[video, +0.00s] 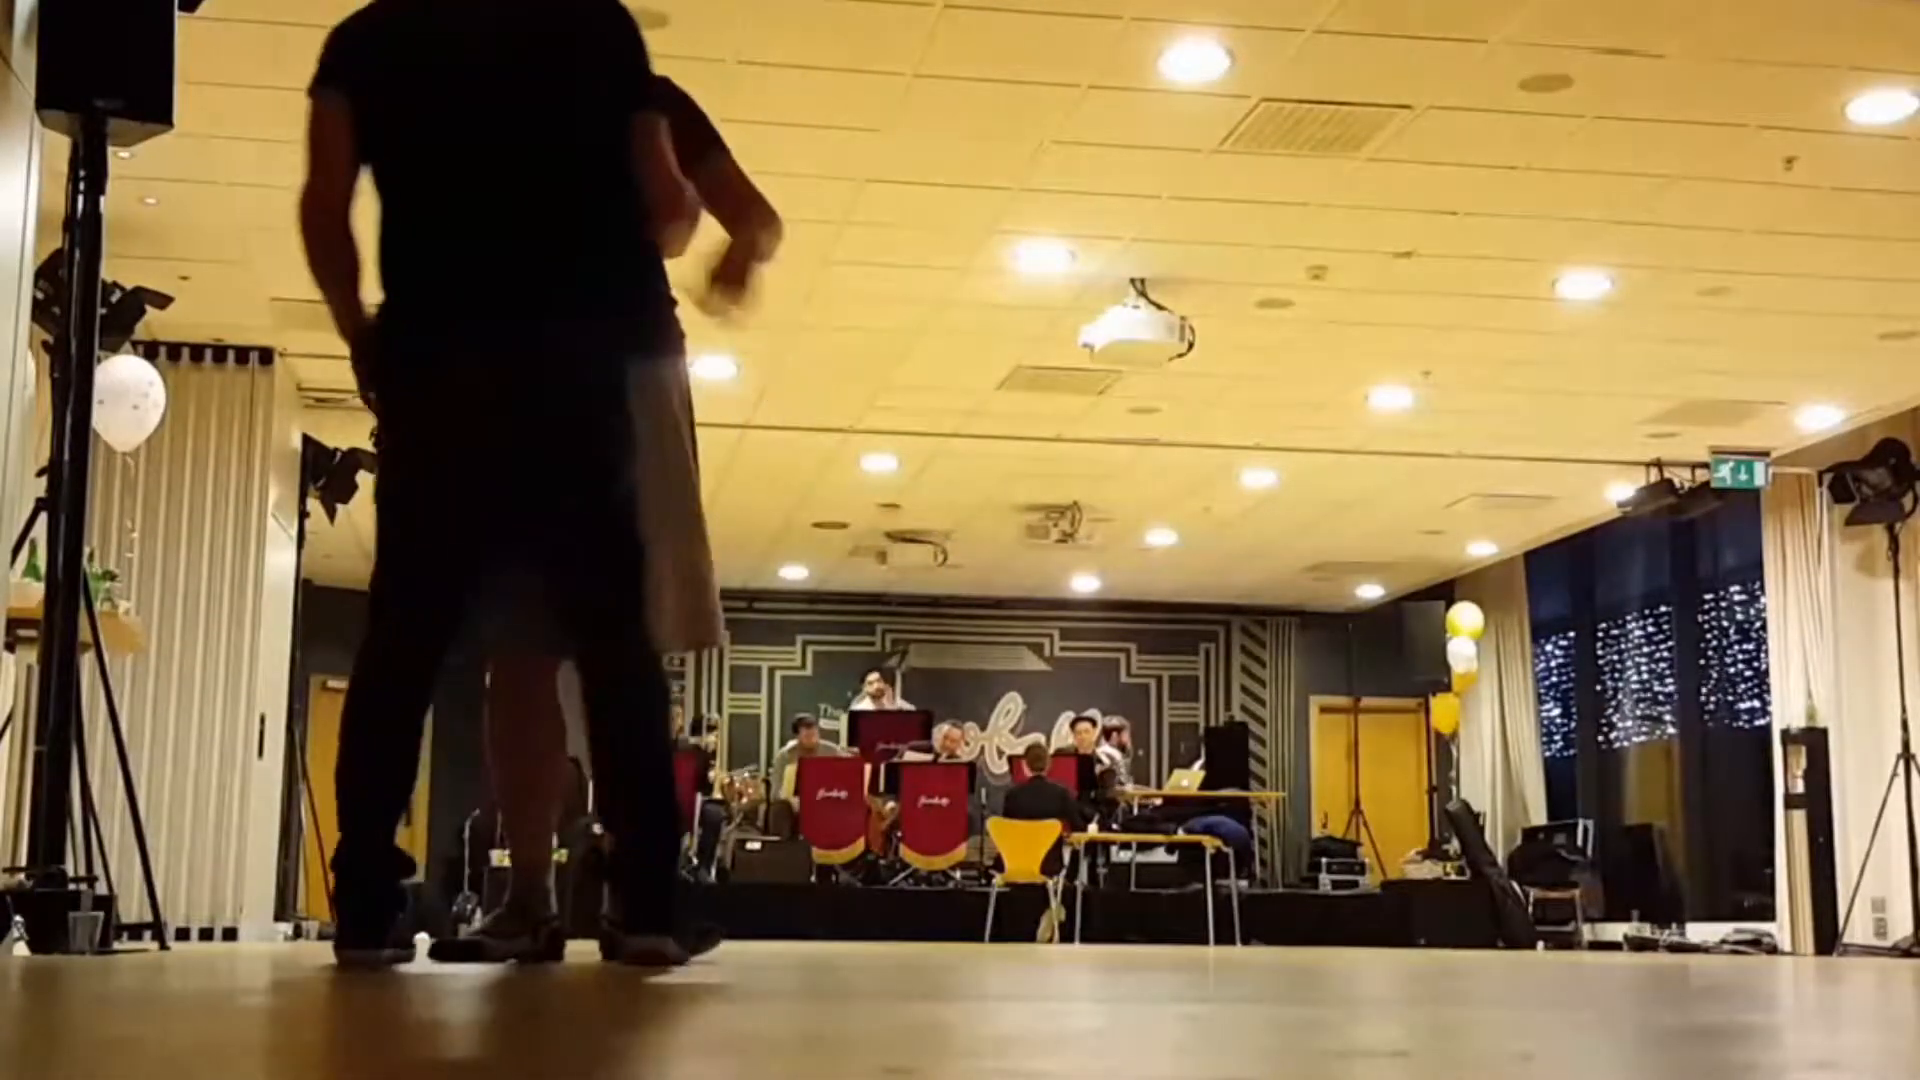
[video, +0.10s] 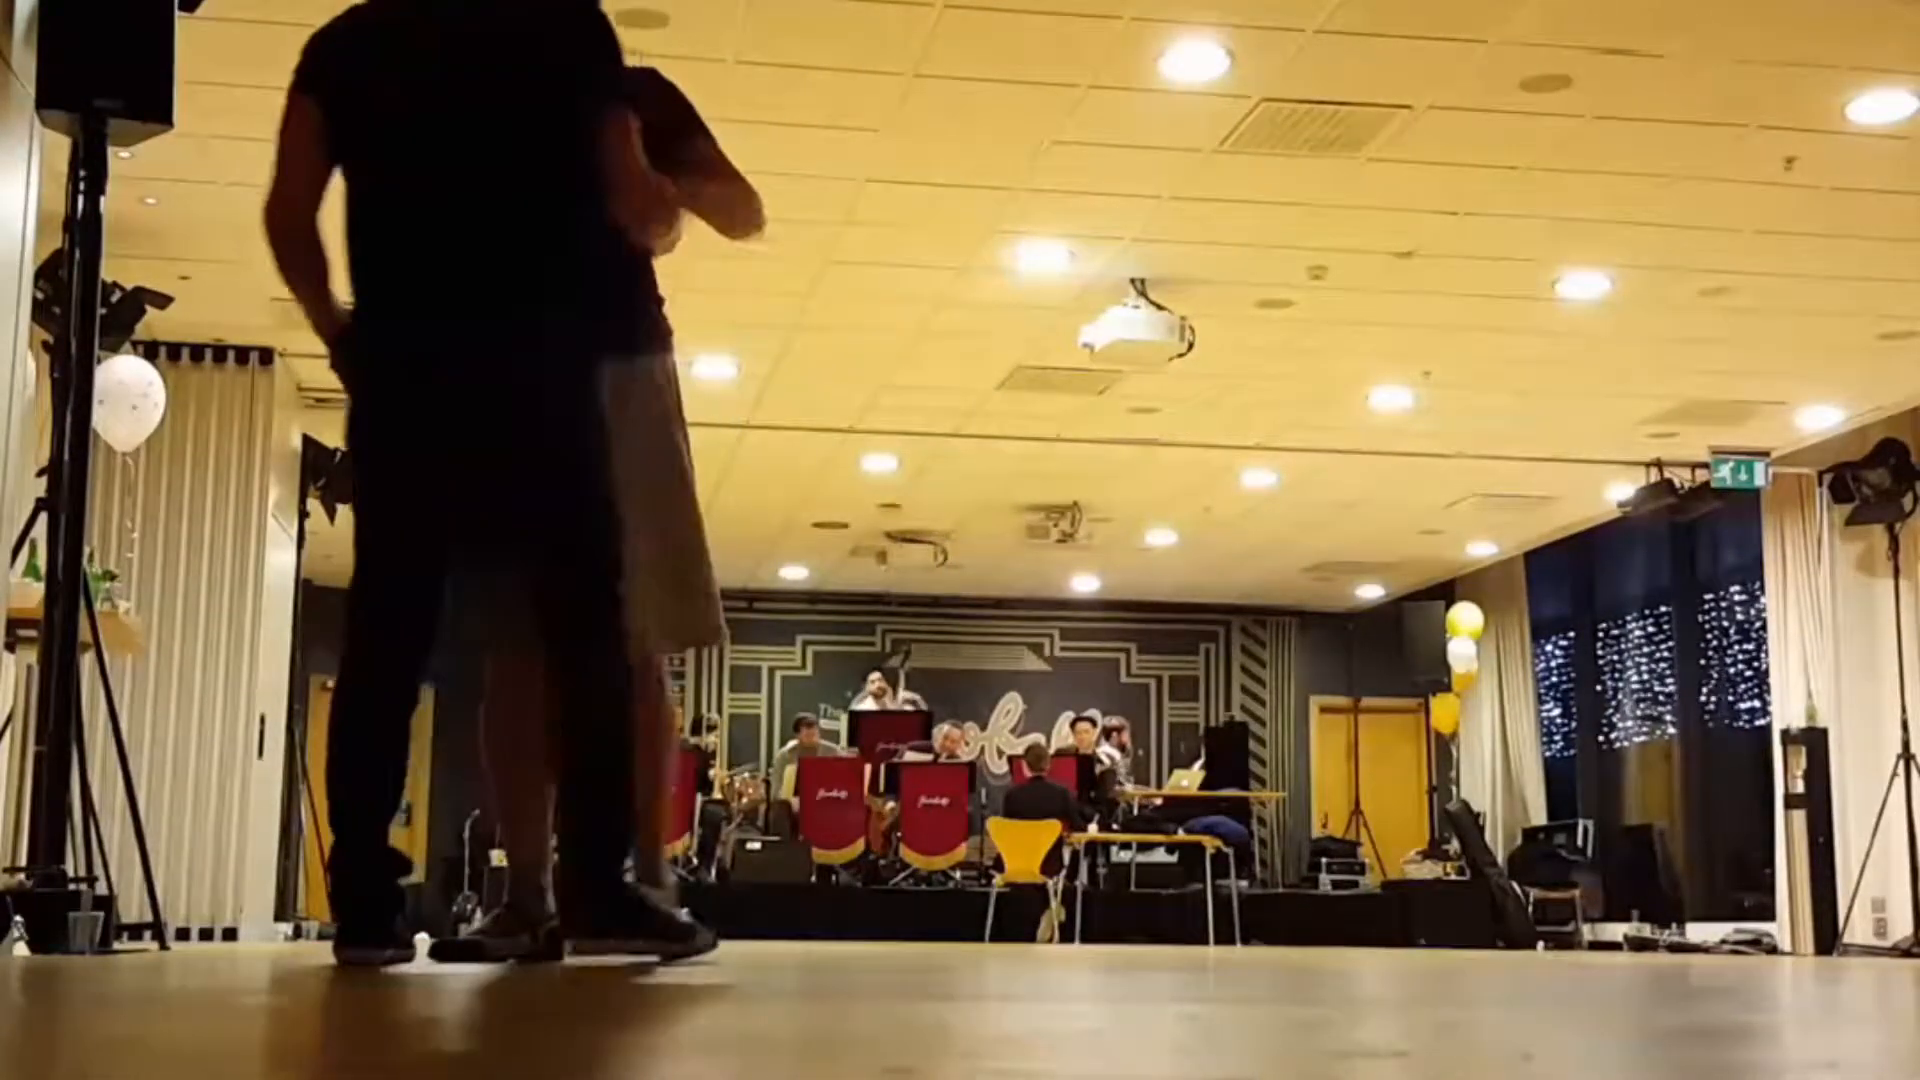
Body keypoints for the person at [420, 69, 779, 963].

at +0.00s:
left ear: (487, 44)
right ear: (589, 32)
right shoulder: (635, 90)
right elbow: (756, 218)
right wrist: (737, 267)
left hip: (504, 403)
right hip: (621, 397)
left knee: (518, 657)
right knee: (625, 652)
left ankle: (527, 900)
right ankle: (628, 897)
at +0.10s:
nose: (543, 40)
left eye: (551, 29)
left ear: (579, 28)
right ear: (496, 43)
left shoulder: (632, 93)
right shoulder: (460, 114)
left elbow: (746, 214)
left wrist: (667, 177)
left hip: (619, 387)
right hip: (500, 388)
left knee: (636, 646)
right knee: (512, 645)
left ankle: (647, 884)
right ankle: (525, 894)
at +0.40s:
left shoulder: (609, 50)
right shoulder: (446, 70)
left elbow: (690, 148)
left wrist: (542, 112)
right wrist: (280, 236)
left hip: (595, 355)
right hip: (475, 359)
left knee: (631, 627)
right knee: (503, 641)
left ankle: (697, 883)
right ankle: (522, 897)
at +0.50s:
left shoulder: (612, 33)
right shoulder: (447, 56)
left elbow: (689, 139)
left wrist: (532, 106)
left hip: (599, 338)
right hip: (478, 344)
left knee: (621, 621)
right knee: (509, 633)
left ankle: (664, 888)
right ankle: (524, 896)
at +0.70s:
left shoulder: (646, 35)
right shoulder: (594, 62)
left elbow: (658, 140)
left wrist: (499, 115)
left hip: (635, 347)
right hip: (567, 356)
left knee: (609, 621)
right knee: (542, 631)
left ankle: (646, 896)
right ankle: (547, 893)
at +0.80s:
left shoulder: (653, 22)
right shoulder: (653, 58)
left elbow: (634, 126)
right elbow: (625, 259)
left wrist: (470, 97)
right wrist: (493, 294)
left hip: (644, 335)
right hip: (631, 340)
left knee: (600, 620)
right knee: (593, 622)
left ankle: (642, 899)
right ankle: (633, 895)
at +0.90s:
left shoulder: (660, 8)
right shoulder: (679, 42)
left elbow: (616, 116)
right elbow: (651, 246)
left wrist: (459, 94)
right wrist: (511, 271)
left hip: (659, 321)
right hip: (643, 329)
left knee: (638, 619)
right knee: (630, 621)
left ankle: (647, 899)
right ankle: (761, 830)